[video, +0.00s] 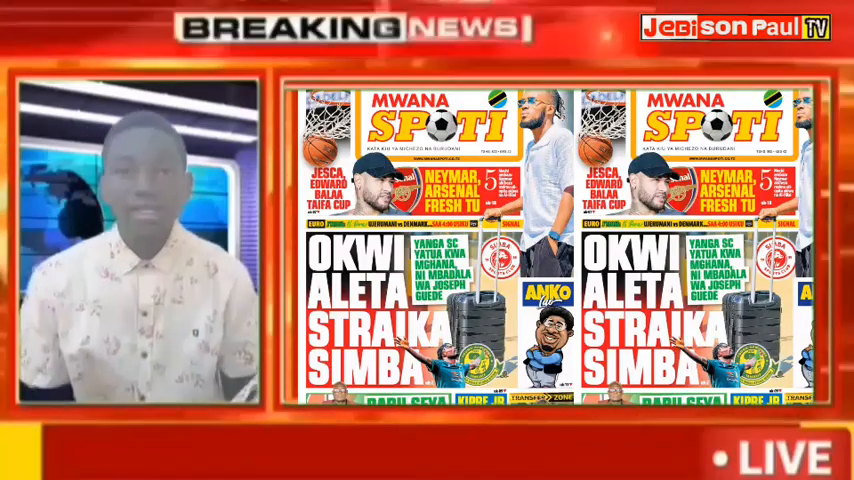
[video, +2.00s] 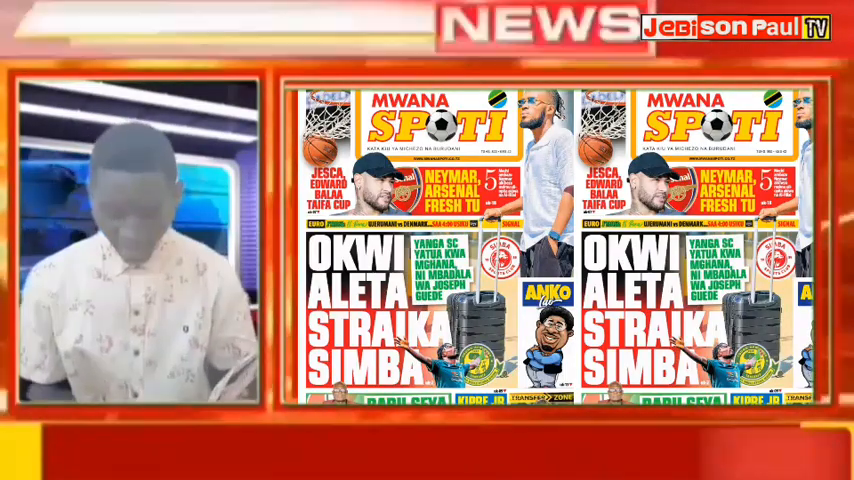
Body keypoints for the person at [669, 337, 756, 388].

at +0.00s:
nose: (729, 348)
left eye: (729, 347)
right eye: (725, 347)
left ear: (731, 351)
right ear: (718, 353)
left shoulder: (737, 366)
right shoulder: (714, 364)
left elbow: (750, 365)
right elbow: (698, 359)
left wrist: (755, 358)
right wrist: (683, 348)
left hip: (737, 401)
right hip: (720, 401)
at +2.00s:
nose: (729, 348)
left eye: (729, 346)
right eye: (725, 347)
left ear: (731, 351)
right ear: (719, 353)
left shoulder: (737, 366)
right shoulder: (714, 364)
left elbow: (749, 365)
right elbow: (698, 359)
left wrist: (754, 359)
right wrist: (684, 348)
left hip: (736, 401)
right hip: (720, 401)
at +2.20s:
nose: (729, 348)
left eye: (729, 347)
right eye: (725, 347)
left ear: (731, 351)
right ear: (718, 353)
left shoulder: (737, 366)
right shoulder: (714, 364)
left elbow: (750, 365)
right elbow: (698, 359)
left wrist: (754, 359)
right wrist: (684, 348)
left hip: (737, 401)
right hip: (720, 401)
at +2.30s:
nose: (729, 348)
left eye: (729, 347)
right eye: (725, 347)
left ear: (731, 351)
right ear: (718, 353)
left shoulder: (737, 366)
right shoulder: (714, 364)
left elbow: (750, 365)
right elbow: (698, 359)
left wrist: (754, 359)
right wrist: (684, 348)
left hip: (737, 401)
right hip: (720, 401)